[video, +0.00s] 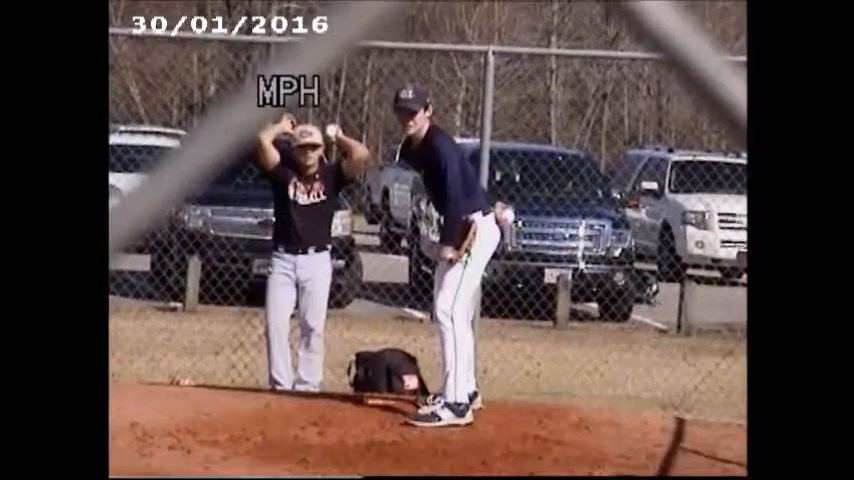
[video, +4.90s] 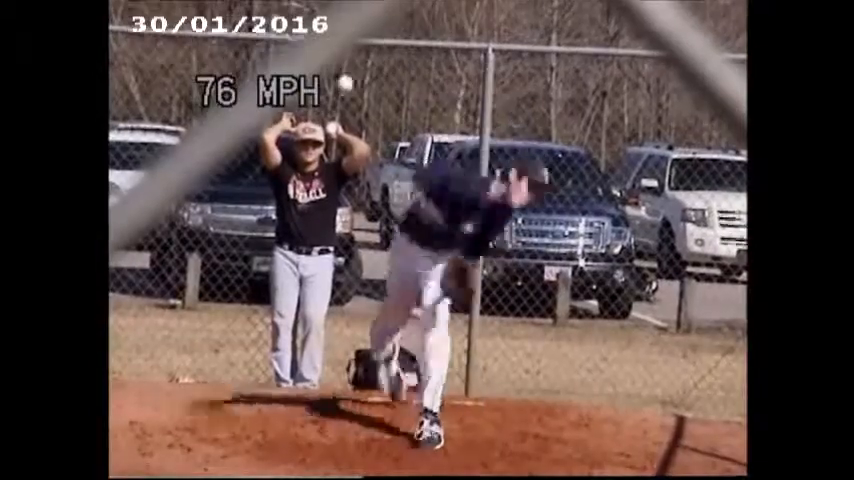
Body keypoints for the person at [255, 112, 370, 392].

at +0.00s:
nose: (309, 154)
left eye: (314, 148)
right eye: (303, 149)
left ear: (322, 150)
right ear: (294, 151)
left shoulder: (333, 175)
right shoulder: (283, 174)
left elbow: (362, 156)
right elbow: (264, 142)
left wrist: (340, 138)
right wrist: (280, 127)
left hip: (317, 260)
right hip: (283, 259)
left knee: (313, 325)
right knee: (276, 323)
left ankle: (308, 386)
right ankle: (279, 384)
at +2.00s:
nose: (304, 153)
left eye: (310, 147)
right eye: (299, 147)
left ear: (318, 149)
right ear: (291, 149)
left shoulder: (330, 174)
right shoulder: (281, 174)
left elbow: (358, 157)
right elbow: (268, 148)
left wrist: (339, 138)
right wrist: (282, 129)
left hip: (320, 260)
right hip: (286, 258)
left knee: (314, 324)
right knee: (281, 322)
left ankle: (309, 383)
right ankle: (280, 382)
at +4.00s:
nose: (309, 156)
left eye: (314, 151)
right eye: (304, 151)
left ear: (323, 152)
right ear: (295, 153)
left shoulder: (334, 177)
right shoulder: (284, 178)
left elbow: (366, 158)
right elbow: (267, 146)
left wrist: (343, 141)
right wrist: (282, 130)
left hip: (321, 261)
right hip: (287, 259)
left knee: (314, 323)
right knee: (283, 323)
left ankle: (309, 382)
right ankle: (283, 382)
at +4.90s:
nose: (309, 151)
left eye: (315, 146)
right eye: (303, 146)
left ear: (323, 147)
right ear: (294, 147)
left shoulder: (333, 173)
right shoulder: (283, 173)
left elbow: (363, 152)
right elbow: (267, 141)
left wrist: (341, 135)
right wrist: (282, 126)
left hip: (320, 257)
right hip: (286, 255)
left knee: (314, 319)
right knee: (282, 318)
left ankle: (308, 379)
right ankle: (282, 378)